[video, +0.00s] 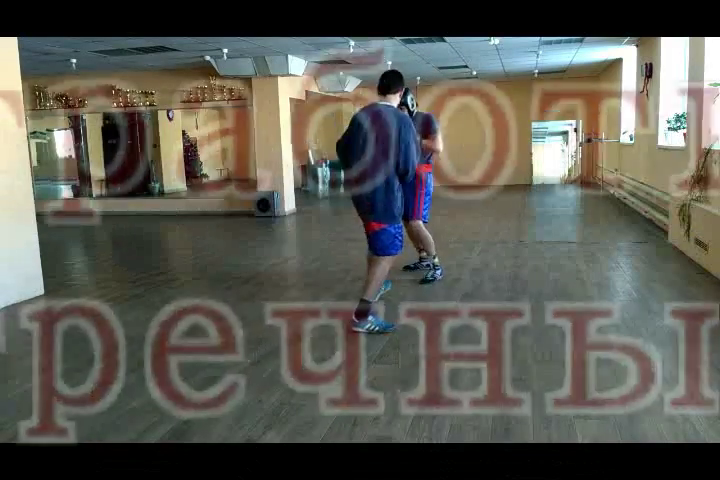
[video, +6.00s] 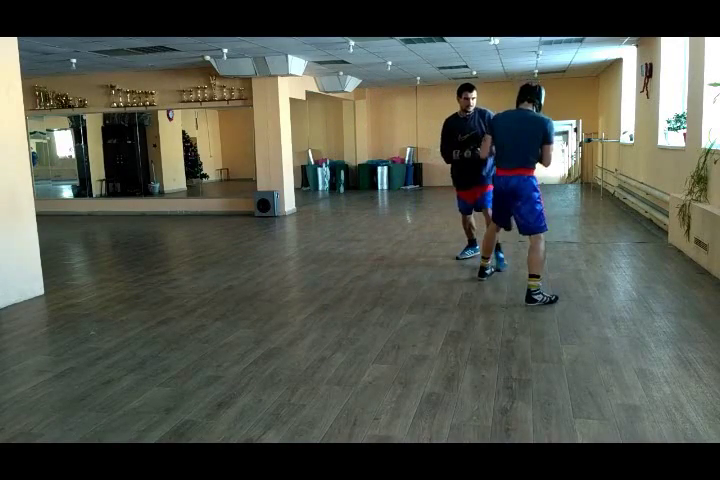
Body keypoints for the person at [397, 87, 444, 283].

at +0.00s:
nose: (400, 111)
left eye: (401, 106)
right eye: (398, 107)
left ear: (409, 104)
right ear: (399, 107)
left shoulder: (425, 119)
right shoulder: (397, 123)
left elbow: (437, 146)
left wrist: (413, 141)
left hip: (421, 170)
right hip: (403, 170)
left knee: (414, 220)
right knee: (407, 219)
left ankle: (434, 263)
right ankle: (423, 257)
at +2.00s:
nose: (462, 110)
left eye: (462, 105)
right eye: (460, 106)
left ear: (472, 100)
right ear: (473, 100)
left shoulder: (489, 115)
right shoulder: (484, 116)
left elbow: (493, 144)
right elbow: (479, 148)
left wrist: (469, 138)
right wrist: (464, 139)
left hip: (484, 168)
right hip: (489, 168)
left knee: (469, 218)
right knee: (486, 217)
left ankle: (472, 269)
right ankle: (502, 261)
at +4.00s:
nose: (446, 128)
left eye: (446, 124)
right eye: (444, 124)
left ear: (454, 120)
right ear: (459, 116)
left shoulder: (478, 129)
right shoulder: (474, 129)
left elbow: (488, 164)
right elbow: (476, 153)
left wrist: (463, 156)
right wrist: (456, 147)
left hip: (490, 184)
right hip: (501, 182)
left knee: (460, 225)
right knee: (504, 230)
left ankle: (448, 274)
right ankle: (541, 263)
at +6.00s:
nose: (540, 106)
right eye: (540, 103)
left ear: (518, 99)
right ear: (538, 103)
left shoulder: (499, 118)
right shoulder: (543, 122)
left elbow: (484, 153)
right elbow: (546, 161)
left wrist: (502, 148)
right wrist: (531, 148)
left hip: (501, 182)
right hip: (525, 183)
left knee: (493, 225)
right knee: (537, 237)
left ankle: (483, 268)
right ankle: (534, 291)